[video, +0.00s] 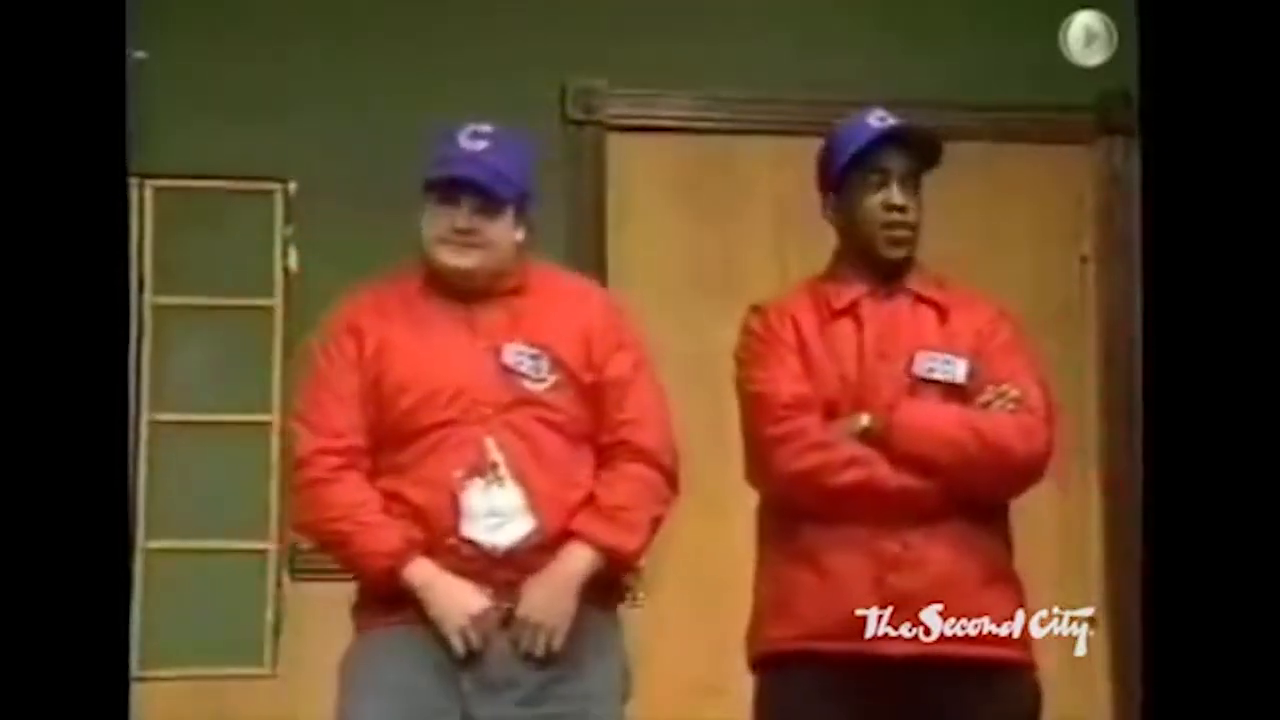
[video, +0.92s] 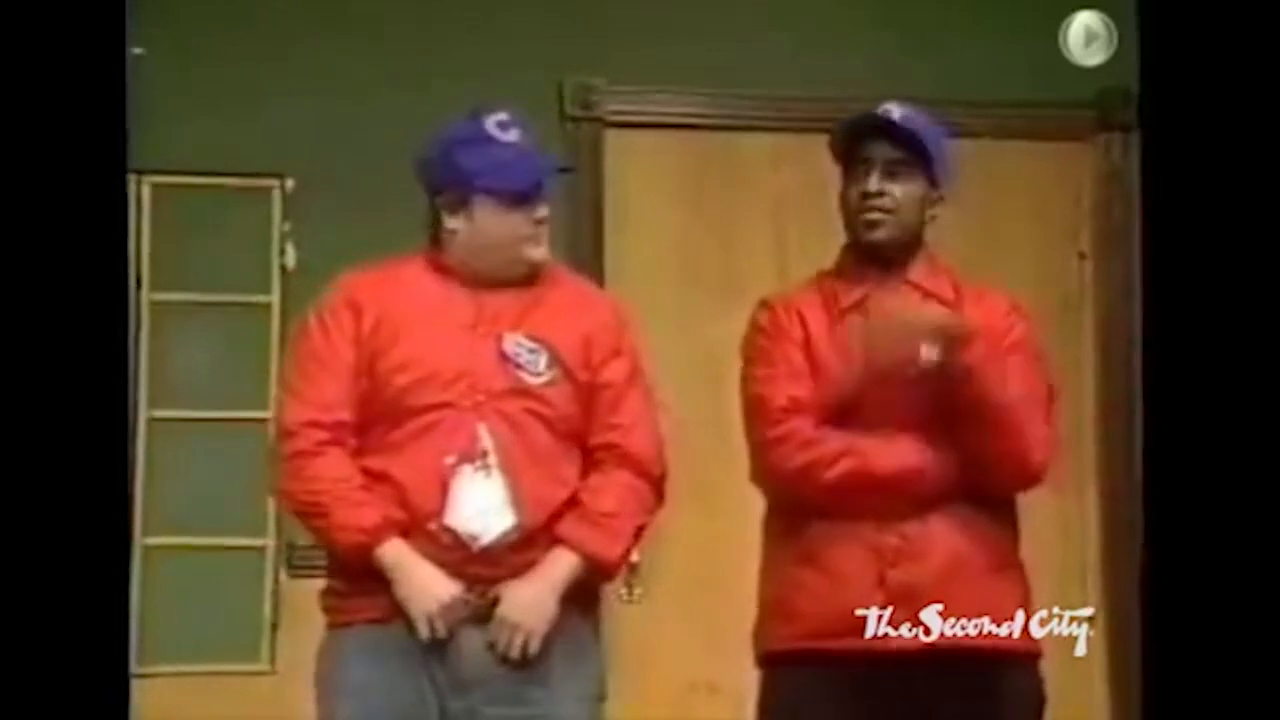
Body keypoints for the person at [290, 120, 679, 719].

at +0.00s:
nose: (461, 222)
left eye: (485, 208)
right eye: (446, 201)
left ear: (521, 227)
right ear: (423, 212)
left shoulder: (587, 314)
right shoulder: (364, 322)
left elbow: (645, 459)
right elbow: (323, 475)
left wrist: (569, 571)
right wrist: (426, 578)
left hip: (565, 627)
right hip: (409, 627)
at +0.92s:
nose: (542, 213)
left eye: (541, 196)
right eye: (518, 200)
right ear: (453, 216)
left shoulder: (589, 314)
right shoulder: (359, 306)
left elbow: (631, 465)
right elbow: (307, 453)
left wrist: (549, 579)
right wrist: (400, 561)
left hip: (541, 627)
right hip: (382, 627)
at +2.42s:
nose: (543, 217)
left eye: (545, 201)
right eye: (522, 202)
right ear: (454, 209)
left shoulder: (567, 297)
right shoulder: (375, 282)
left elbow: (633, 455)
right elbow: (439, 368)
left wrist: (575, 568)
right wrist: (573, 318)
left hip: (544, 624)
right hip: (395, 635)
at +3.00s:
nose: (476, 210)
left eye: (498, 194)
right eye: (456, 191)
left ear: (531, 211)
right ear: (427, 202)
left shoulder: (576, 296)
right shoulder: (375, 290)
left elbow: (597, 424)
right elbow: (419, 390)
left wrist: (435, 418)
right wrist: (566, 374)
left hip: (550, 613)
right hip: (394, 618)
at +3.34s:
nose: (448, 219)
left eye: (472, 202)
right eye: (437, 200)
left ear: (524, 221)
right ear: (422, 211)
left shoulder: (581, 301)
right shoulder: (379, 292)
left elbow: (590, 427)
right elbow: (408, 390)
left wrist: (422, 417)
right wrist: (562, 374)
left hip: (555, 609)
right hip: (390, 614)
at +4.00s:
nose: (442, 203)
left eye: (467, 186)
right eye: (434, 184)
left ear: (521, 201)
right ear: (422, 193)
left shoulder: (578, 286)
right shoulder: (377, 278)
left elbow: (578, 429)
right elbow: (394, 389)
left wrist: (410, 422)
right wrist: (550, 378)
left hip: (542, 615)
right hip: (386, 618)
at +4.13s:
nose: (442, 203)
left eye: (466, 186)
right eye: (433, 184)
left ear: (520, 201)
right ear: (420, 193)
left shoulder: (577, 285)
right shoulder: (376, 279)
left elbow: (576, 431)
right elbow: (394, 391)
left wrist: (406, 423)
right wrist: (548, 378)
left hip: (541, 617)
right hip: (384, 620)